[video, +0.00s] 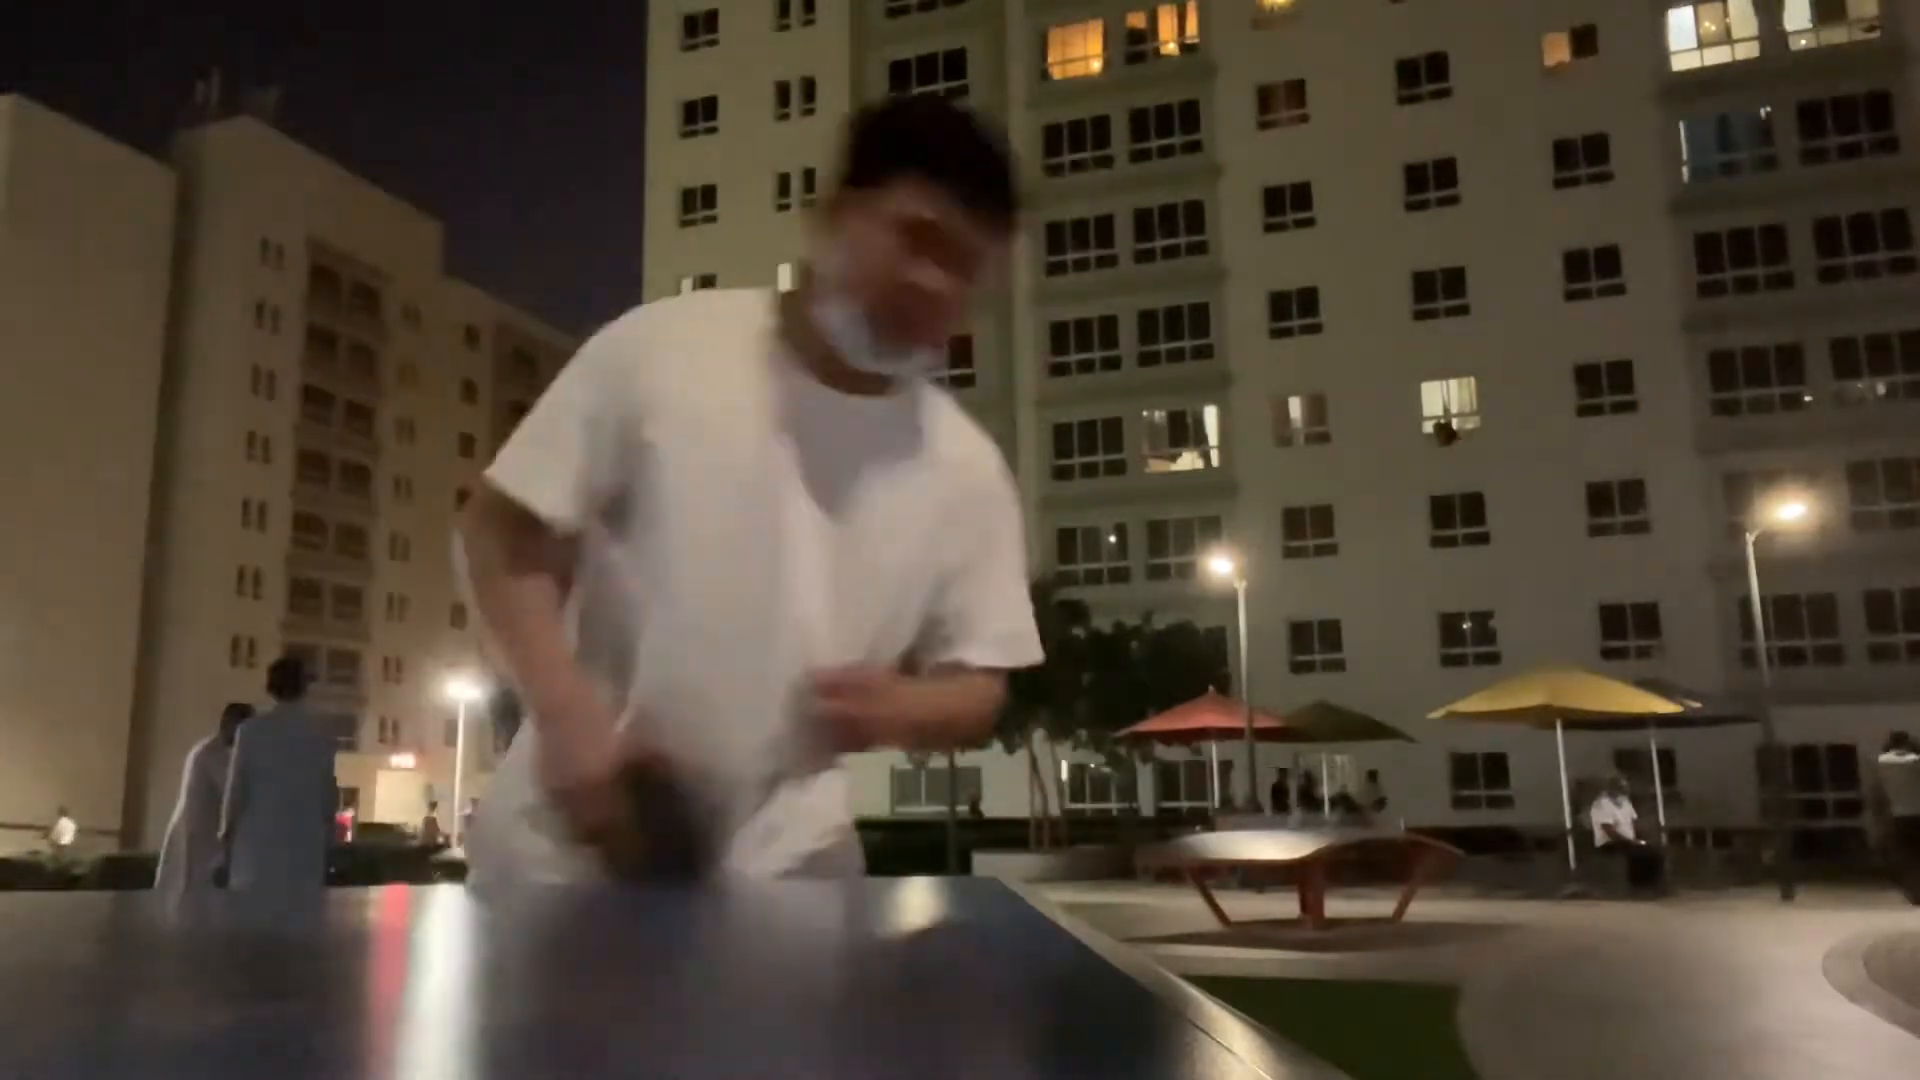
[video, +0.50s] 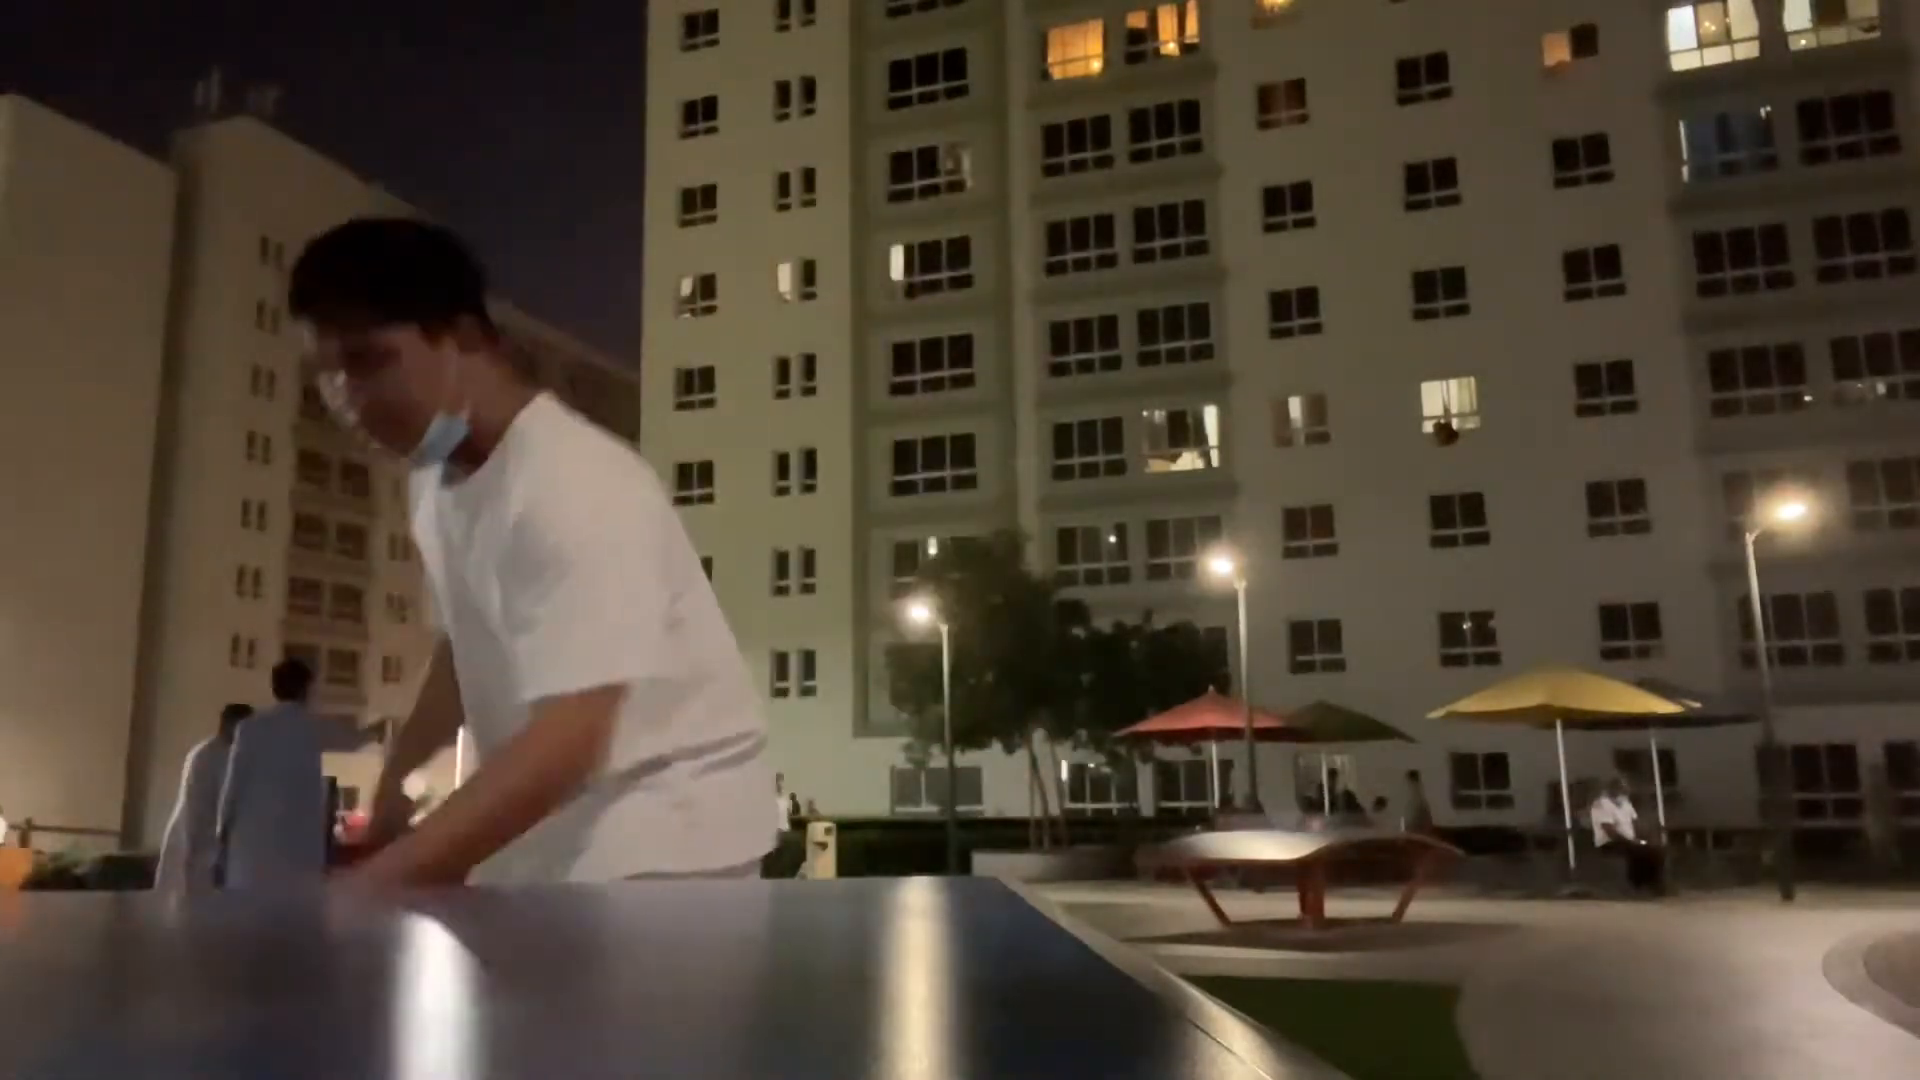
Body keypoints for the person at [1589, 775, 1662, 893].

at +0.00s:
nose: (1625, 790)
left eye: (1626, 787)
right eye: (1622, 788)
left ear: (1627, 787)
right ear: (1613, 788)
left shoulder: (1624, 801)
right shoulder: (1602, 804)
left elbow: (1633, 820)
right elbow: (1608, 829)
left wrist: (1637, 837)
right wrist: (1632, 841)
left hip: (1627, 840)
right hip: (1609, 843)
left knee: (1651, 851)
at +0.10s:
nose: (1626, 790)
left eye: (1626, 787)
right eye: (1622, 787)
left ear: (1627, 787)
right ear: (1614, 788)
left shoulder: (1624, 801)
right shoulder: (1602, 803)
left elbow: (1633, 820)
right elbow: (1608, 829)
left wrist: (1637, 838)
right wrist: (1632, 841)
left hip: (1627, 840)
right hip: (1609, 843)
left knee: (1652, 851)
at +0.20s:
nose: (1625, 791)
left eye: (1625, 788)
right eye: (1621, 788)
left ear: (1627, 788)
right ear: (1613, 789)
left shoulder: (1624, 801)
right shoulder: (1602, 804)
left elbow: (1633, 820)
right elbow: (1608, 828)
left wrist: (1636, 837)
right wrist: (1629, 841)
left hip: (1628, 840)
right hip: (1608, 843)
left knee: (1651, 851)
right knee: (1637, 853)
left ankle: (1651, 885)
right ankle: (1636, 886)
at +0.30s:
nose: (1625, 791)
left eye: (1625, 788)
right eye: (1621, 788)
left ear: (1627, 788)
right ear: (1613, 789)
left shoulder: (1624, 801)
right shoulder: (1602, 804)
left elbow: (1633, 820)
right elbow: (1607, 828)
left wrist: (1636, 837)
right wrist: (1629, 841)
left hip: (1628, 840)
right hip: (1609, 843)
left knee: (1651, 851)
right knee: (1637, 854)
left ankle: (1650, 886)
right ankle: (1637, 887)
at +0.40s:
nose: (1623, 794)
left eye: (1624, 791)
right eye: (1620, 790)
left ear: (1625, 790)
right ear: (1613, 790)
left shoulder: (1624, 801)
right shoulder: (1602, 804)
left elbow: (1634, 820)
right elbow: (1608, 828)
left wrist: (1638, 838)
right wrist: (1630, 842)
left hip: (1628, 841)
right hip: (1609, 844)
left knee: (1651, 851)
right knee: (1637, 853)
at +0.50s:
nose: (1622, 793)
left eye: (1624, 790)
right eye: (1620, 790)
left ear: (1625, 790)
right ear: (1612, 789)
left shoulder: (1624, 802)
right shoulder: (1602, 804)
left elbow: (1634, 821)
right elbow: (1609, 829)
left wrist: (1639, 837)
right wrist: (1632, 842)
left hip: (1628, 840)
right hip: (1609, 843)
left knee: (1652, 851)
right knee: (1638, 853)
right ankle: (1636, 886)